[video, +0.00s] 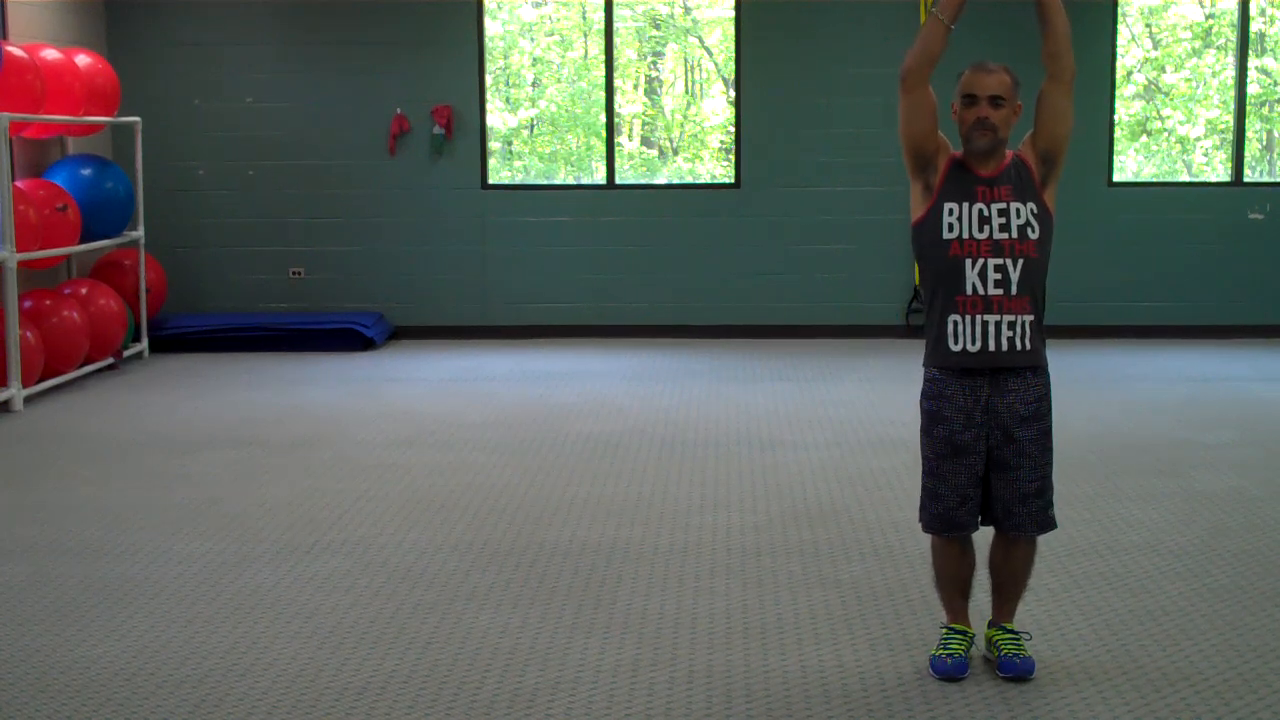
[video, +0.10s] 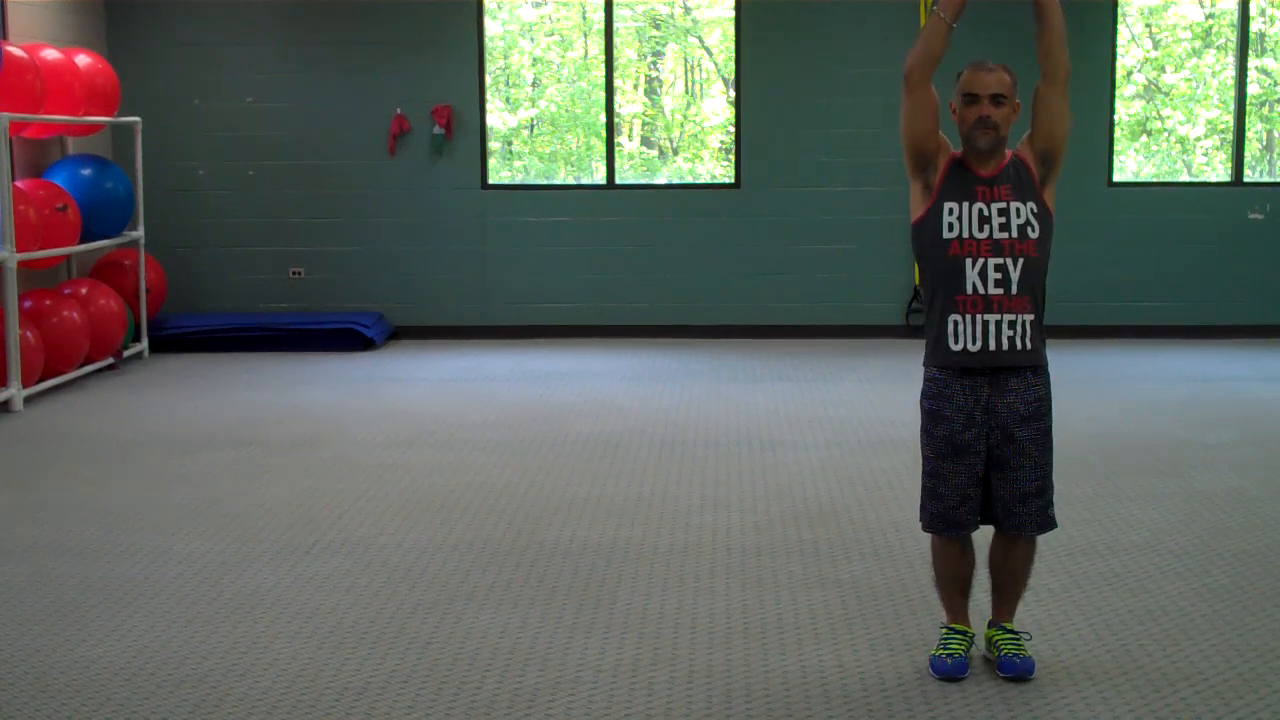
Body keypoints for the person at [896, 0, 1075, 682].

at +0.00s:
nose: (983, 112)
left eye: (997, 102)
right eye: (972, 101)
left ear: (1017, 113)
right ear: (955, 111)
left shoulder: (1036, 172)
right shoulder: (932, 173)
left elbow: (1061, 73)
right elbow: (912, 77)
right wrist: (949, 6)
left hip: (1021, 382)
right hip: (951, 382)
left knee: (1019, 518)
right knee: (949, 518)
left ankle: (1004, 628)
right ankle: (955, 629)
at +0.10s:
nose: (985, 110)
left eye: (998, 101)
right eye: (973, 100)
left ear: (1017, 111)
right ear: (955, 110)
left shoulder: (1036, 171)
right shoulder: (931, 172)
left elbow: (1056, 76)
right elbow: (915, 75)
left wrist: (1047, 0)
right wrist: (948, 7)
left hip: (1022, 382)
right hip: (951, 382)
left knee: (1019, 517)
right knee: (949, 518)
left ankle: (1004, 628)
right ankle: (956, 629)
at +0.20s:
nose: (987, 109)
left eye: (999, 99)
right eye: (974, 98)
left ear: (1016, 109)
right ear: (954, 108)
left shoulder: (1036, 171)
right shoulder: (931, 173)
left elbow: (1050, 76)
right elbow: (921, 76)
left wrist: (1045, 0)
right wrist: (950, 6)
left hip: (1021, 382)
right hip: (951, 383)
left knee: (1019, 517)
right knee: (949, 518)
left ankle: (1004, 628)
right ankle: (956, 629)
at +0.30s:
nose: (986, 109)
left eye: (998, 99)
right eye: (973, 98)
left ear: (1016, 109)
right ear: (953, 109)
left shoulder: (1036, 171)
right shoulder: (931, 173)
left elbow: (1048, 75)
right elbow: (922, 75)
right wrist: (951, 6)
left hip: (1022, 383)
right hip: (951, 383)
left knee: (1019, 517)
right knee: (949, 518)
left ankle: (1004, 628)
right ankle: (955, 629)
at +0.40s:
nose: (986, 109)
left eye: (998, 99)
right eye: (973, 98)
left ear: (1016, 109)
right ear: (953, 109)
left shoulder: (1036, 171)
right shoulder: (931, 173)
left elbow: (1049, 76)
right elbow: (922, 75)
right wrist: (950, 6)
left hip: (1022, 382)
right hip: (951, 383)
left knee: (1019, 518)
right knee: (949, 518)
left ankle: (1004, 628)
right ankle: (955, 629)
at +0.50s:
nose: (986, 109)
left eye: (998, 99)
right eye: (973, 98)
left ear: (1015, 109)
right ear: (953, 108)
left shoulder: (1036, 171)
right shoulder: (931, 173)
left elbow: (1050, 75)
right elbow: (922, 76)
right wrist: (951, 6)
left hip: (1023, 381)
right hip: (952, 382)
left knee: (1019, 517)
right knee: (950, 518)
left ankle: (1004, 628)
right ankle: (956, 629)